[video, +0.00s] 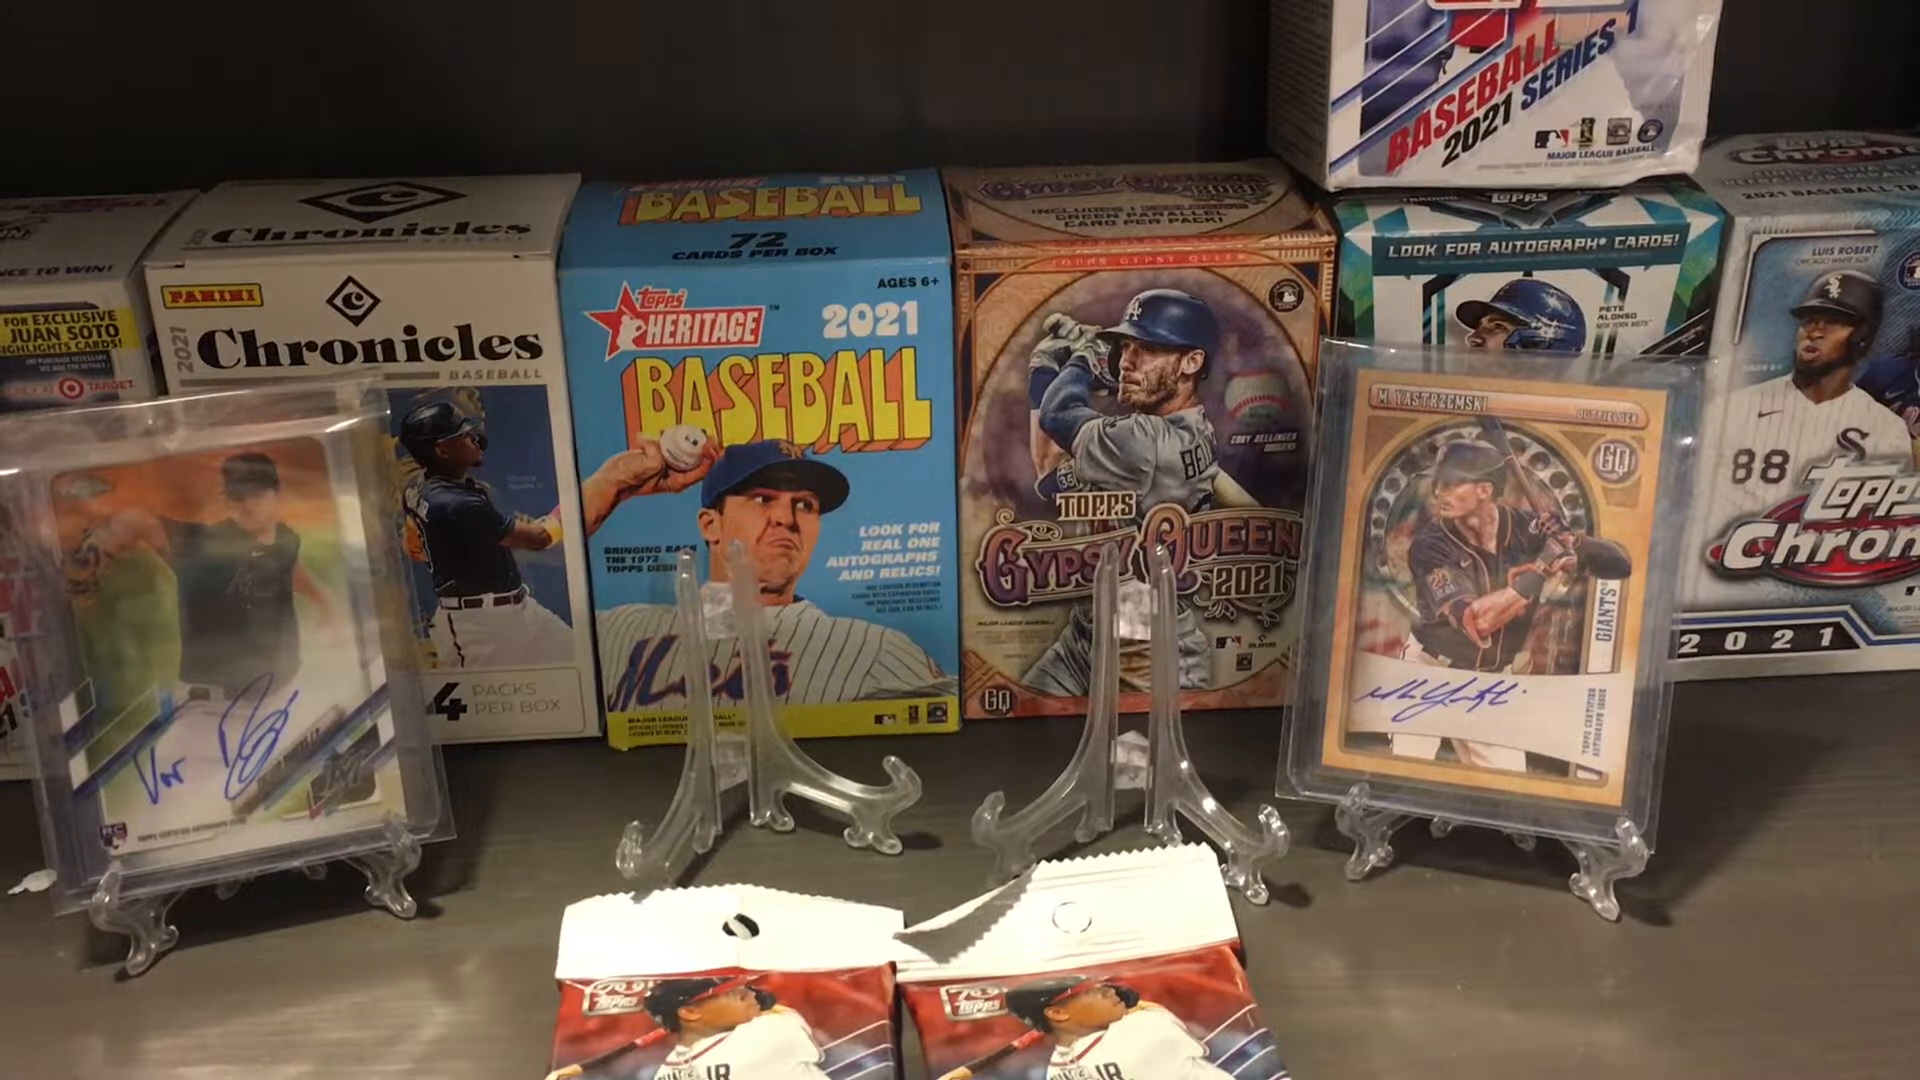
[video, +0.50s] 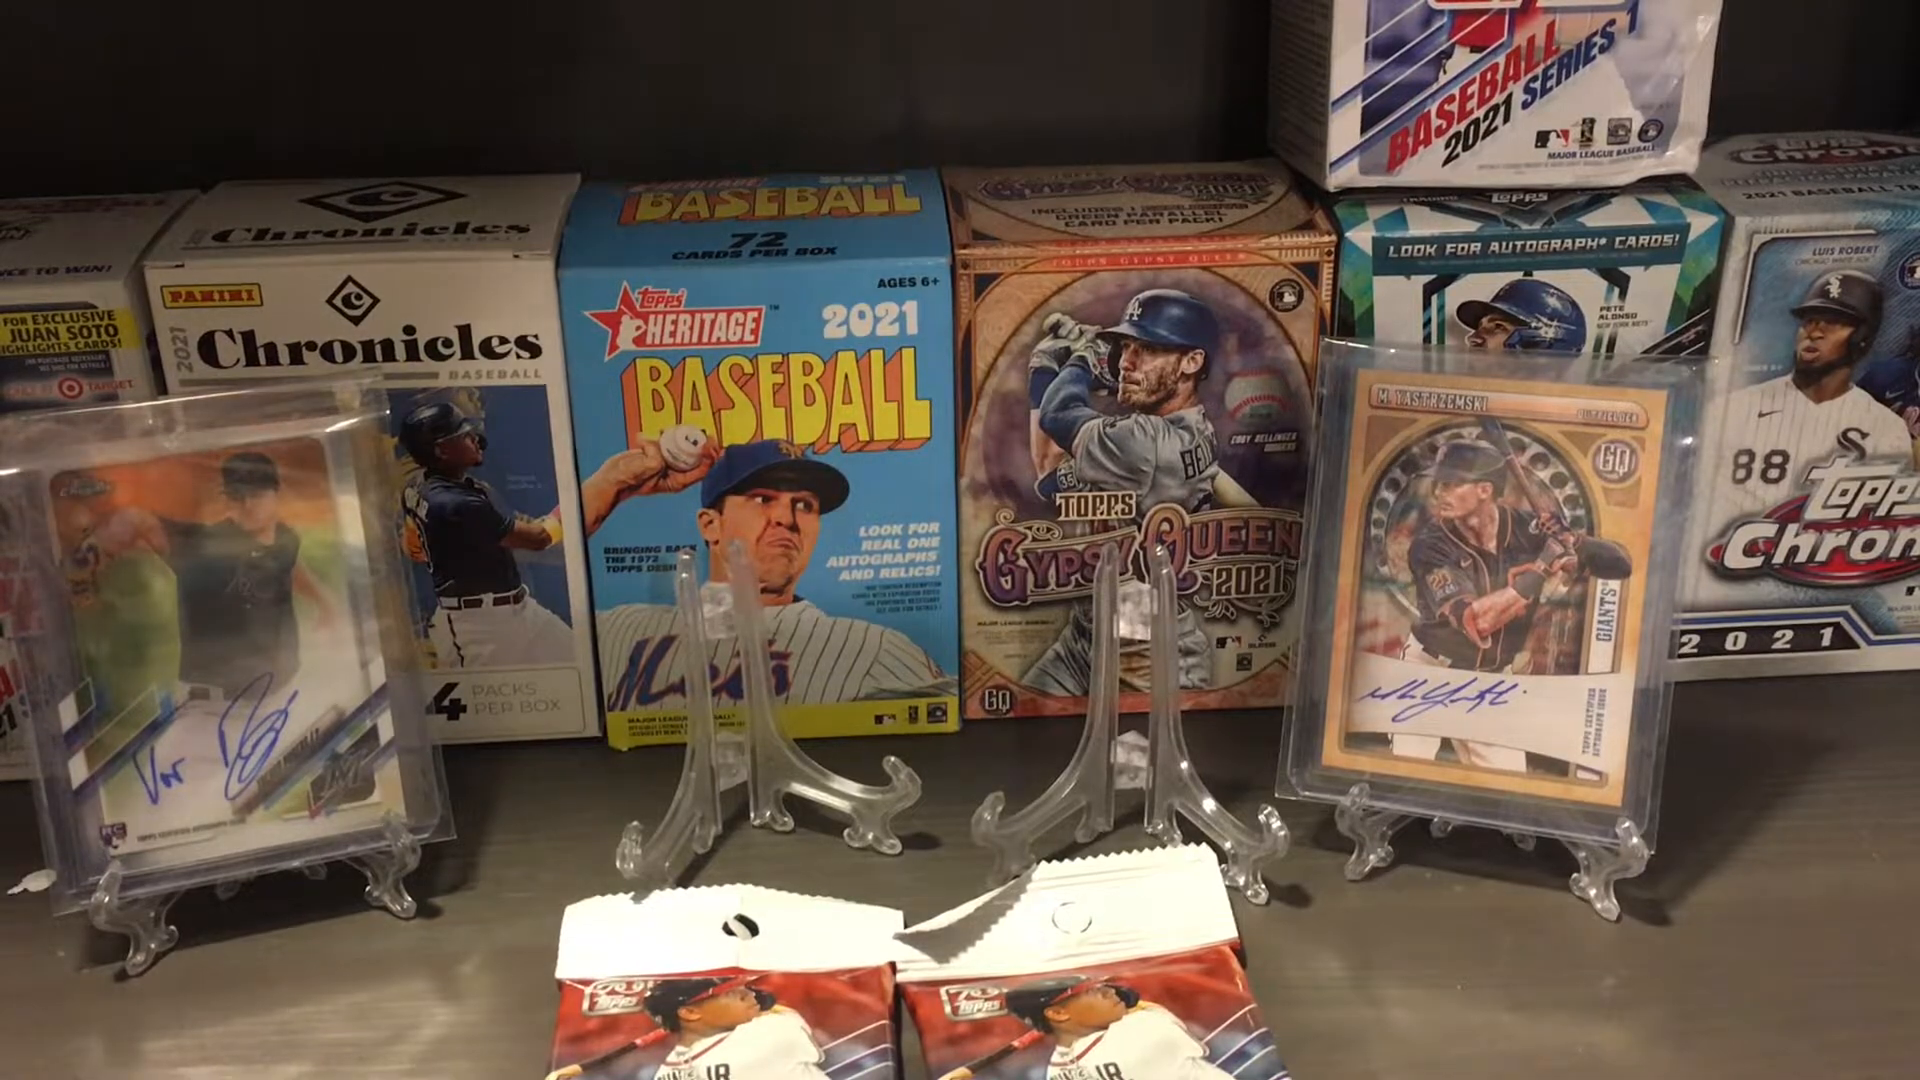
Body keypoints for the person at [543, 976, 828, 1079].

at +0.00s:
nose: (746, 994)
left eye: (739, 987)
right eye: (730, 994)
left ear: (689, 1015)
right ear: (692, 1015)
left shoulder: (665, 1071)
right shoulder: (778, 1034)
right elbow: (779, 1008)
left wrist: (578, 1072)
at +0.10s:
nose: (747, 994)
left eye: (739, 987)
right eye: (730, 994)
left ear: (690, 1015)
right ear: (692, 1014)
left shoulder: (666, 1071)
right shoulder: (778, 1034)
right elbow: (778, 1007)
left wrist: (579, 1072)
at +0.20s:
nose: (746, 993)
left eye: (737, 987)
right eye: (728, 993)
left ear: (690, 1015)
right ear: (692, 1015)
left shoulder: (666, 1071)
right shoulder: (779, 1033)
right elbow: (779, 1008)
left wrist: (579, 1071)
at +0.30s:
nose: (746, 993)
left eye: (737, 986)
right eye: (729, 993)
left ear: (690, 1015)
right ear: (692, 1014)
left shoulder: (666, 1071)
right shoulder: (778, 1033)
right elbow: (779, 1008)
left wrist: (579, 1071)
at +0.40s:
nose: (746, 993)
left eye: (737, 986)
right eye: (729, 993)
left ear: (690, 1015)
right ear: (692, 1014)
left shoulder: (666, 1071)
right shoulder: (778, 1033)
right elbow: (780, 1008)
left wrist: (579, 1071)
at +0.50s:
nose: (746, 993)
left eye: (737, 986)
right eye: (728, 993)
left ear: (690, 1015)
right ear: (692, 1015)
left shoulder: (666, 1071)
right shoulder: (779, 1033)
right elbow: (779, 1008)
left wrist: (579, 1071)